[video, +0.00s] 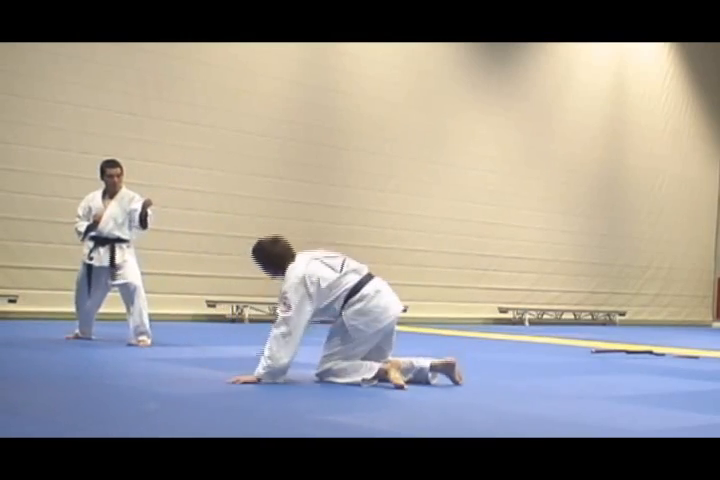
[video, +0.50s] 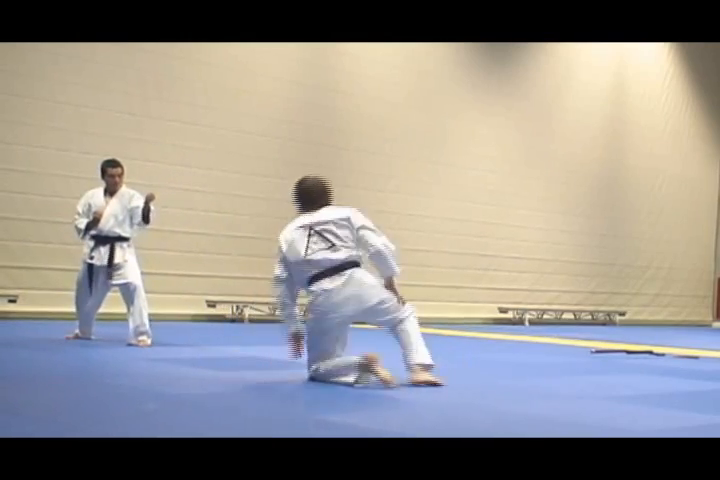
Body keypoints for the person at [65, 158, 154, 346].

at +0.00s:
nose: (115, 180)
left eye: (118, 176)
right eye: (111, 177)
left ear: (123, 176)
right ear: (103, 178)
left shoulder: (131, 199)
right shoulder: (91, 199)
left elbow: (140, 226)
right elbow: (79, 227)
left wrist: (143, 212)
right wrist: (92, 225)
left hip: (122, 249)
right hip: (97, 249)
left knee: (134, 286)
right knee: (85, 290)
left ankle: (141, 334)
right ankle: (84, 330)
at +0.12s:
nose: (115, 180)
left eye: (118, 175)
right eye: (111, 176)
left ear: (122, 176)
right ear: (103, 178)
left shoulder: (131, 199)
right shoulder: (91, 198)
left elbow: (141, 224)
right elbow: (79, 227)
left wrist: (144, 210)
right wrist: (91, 225)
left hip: (121, 248)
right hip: (96, 248)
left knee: (134, 286)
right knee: (85, 290)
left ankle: (141, 334)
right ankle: (84, 330)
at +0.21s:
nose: (115, 180)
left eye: (118, 175)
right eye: (111, 176)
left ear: (123, 176)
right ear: (103, 178)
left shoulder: (131, 198)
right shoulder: (91, 198)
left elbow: (141, 224)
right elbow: (79, 226)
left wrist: (145, 209)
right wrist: (91, 224)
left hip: (122, 248)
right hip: (97, 248)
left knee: (134, 287)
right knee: (85, 290)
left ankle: (142, 334)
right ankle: (84, 330)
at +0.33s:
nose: (116, 180)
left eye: (118, 175)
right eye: (111, 176)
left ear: (123, 176)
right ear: (103, 178)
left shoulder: (131, 197)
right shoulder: (91, 197)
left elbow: (142, 223)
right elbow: (79, 226)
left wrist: (145, 207)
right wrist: (92, 223)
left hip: (122, 248)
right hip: (97, 247)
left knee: (134, 287)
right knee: (85, 289)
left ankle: (142, 334)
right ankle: (84, 330)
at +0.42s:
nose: (116, 180)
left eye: (119, 175)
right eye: (111, 176)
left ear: (123, 176)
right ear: (103, 177)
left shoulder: (131, 197)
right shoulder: (91, 197)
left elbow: (142, 222)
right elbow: (79, 226)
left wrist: (146, 207)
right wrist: (91, 223)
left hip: (122, 248)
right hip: (97, 247)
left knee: (134, 287)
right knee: (85, 289)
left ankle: (141, 334)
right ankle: (84, 330)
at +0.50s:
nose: (116, 180)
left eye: (119, 176)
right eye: (112, 176)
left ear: (123, 176)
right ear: (103, 178)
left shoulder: (131, 197)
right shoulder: (91, 197)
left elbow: (142, 222)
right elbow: (79, 226)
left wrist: (146, 206)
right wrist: (91, 222)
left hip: (122, 248)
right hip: (98, 247)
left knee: (134, 286)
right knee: (85, 289)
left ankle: (141, 334)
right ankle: (84, 330)